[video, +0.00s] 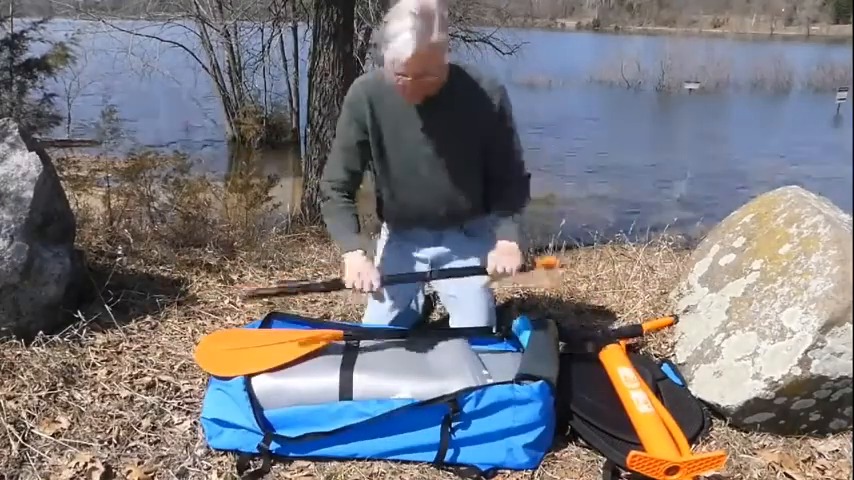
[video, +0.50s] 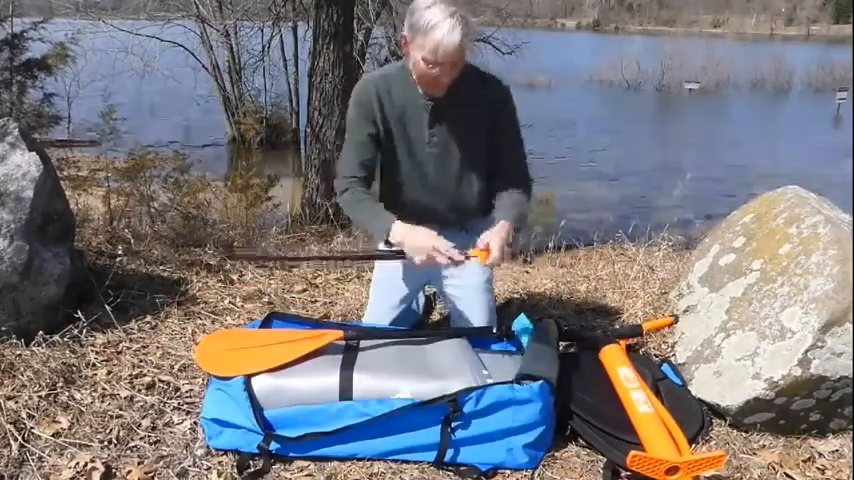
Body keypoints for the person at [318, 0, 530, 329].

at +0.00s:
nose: (410, 90)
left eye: (424, 77)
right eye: (400, 76)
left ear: (446, 61)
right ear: (384, 61)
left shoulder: (484, 94)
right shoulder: (365, 96)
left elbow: (509, 177)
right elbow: (336, 188)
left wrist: (507, 239)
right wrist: (353, 253)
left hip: (468, 238)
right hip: (400, 241)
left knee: (476, 345)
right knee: (376, 346)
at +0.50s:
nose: (445, 74)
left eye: (454, 63)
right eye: (432, 64)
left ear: (466, 52)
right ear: (406, 46)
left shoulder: (490, 94)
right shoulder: (374, 94)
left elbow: (514, 179)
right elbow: (350, 187)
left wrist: (503, 227)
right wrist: (399, 233)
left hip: (469, 240)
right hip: (400, 240)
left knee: (478, 351)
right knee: (376, 349)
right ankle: (419, 308)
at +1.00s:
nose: (442, 81)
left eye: (453, 70)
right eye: (430, 69)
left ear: (467, 57)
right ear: (408, 48)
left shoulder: (494, 99)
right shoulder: (376, 93)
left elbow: (510, 183)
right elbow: (345, 186)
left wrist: (489, 237)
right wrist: (404, 232)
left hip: (467, 242)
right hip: (399, 241)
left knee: (480, 352)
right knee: (376, 350)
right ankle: (419, 308)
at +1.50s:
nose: (380, 92)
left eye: (393, 83)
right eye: (374, 79)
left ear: (424, 66)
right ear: (366, 66)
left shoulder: (476, 110)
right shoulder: (359, 102)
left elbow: (480, 210)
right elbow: (351, 189)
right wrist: (358, 261)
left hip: (462, 244)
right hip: (397, 246)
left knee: (472, 359)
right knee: (378, 359)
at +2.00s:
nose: (378, 148)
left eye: (386, 140)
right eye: (370, 139)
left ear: (419, 118)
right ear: (362, 117)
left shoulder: (473, 134)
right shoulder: (353, 136)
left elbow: (511, 214)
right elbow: (318, 217)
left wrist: (514, 290)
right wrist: (283, 305)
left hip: (467, 243)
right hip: (401, 245)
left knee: (475, 350)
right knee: (380, 346)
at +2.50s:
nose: (269, 145)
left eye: (270, 133)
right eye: (263, 139)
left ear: (296, 109)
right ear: (296, 111)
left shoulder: (366, 128)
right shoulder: (306, 146)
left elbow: (341, 229)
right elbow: (287, 219)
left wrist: (270, 297)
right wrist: (250, 276)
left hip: (445, 228)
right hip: (391, 239)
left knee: (470, 343)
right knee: (374, 341)